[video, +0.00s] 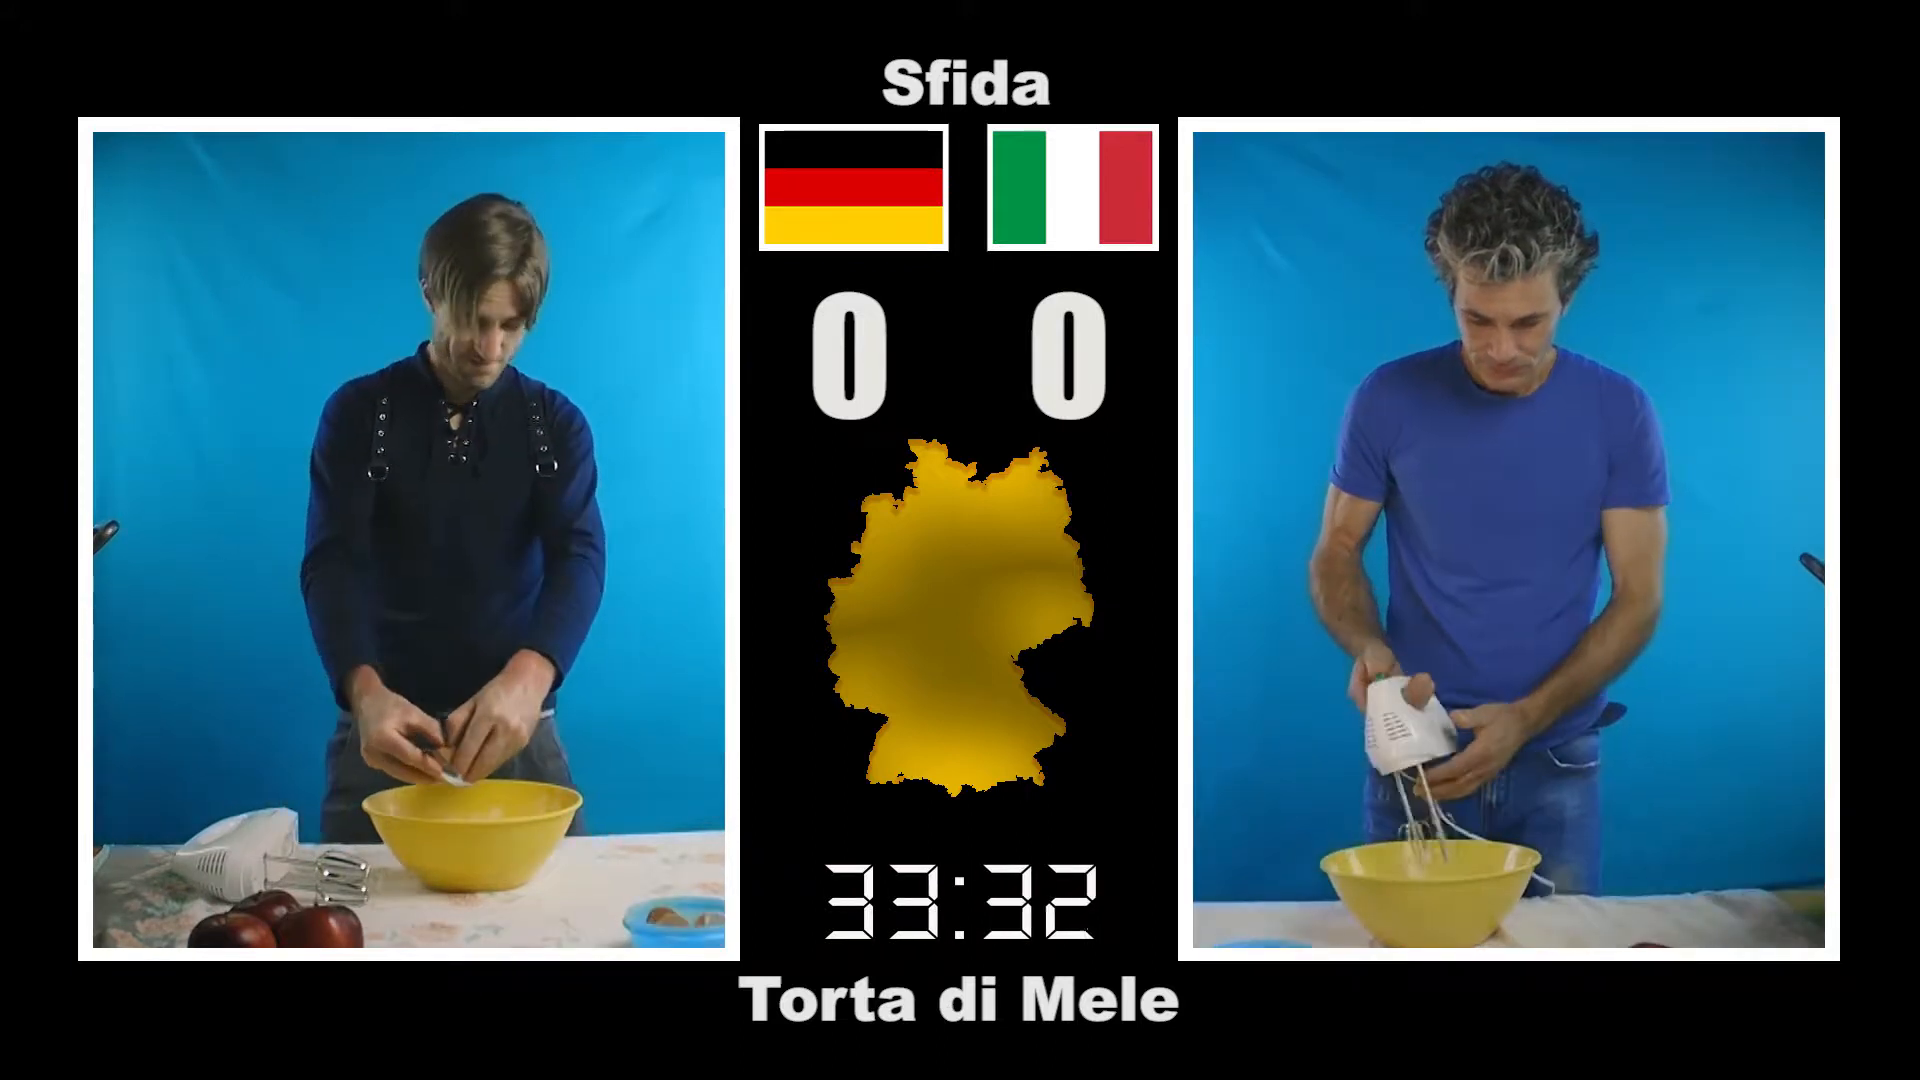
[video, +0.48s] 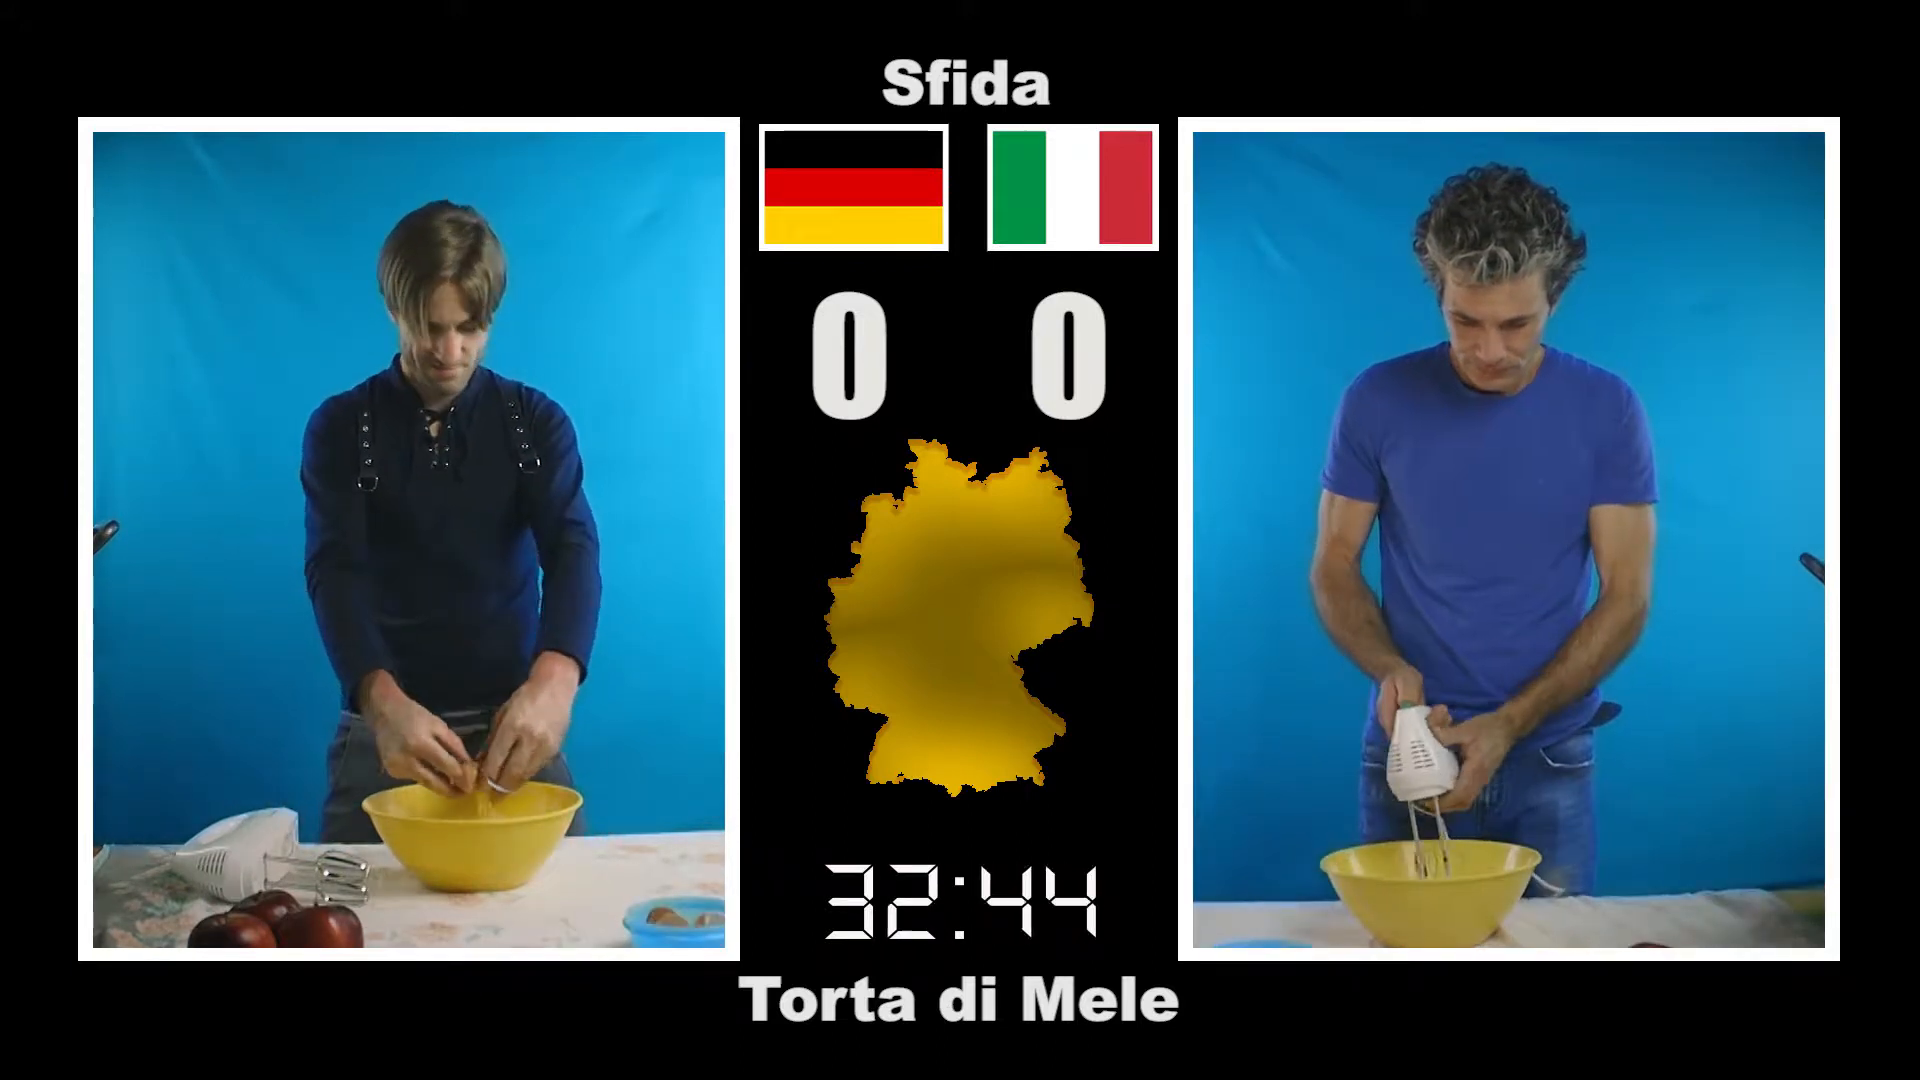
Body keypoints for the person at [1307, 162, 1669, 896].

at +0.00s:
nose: (1503, 348)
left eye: (1528, 322)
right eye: (1480, 321)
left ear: (1564, 298)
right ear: (1452, 293)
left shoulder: (1615, 412)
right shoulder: (1390, 399)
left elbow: (1639, 602)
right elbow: (1335, 556)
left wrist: (1528, 717)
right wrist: (1369, 647)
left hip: (1556, 758)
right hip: (1416, 757)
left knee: (1552, 951)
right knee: (1406, 950)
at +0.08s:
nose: (1501, 348)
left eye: (1526, 323)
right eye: (1478, 321)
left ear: (1563, 299)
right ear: (1451, 293)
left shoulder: (1613, 413)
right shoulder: (1389, 400)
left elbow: (1634, 603)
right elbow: (1336, 557)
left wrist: (1515, 718)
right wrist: (1373, 649)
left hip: (1554, 758)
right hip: (1413, 758)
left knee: (1551, 952)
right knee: (1406, 950)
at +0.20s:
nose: (1498, 349)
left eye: (1523, 323)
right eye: (1475, 321)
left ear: (1559, 299)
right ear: (1448, 294)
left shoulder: (1611, 412)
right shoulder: (1386, 400)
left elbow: (1630, 603)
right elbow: (1337, 559)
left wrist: (1506, 717)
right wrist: (1381, 654)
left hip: (1550, 759)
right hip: (1410, 757)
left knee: (1548, 952)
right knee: (1401, 951)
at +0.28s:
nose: (1496, 349)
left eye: (1521, 323)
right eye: (1473, 321)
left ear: (1557, 299)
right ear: (1445, 293)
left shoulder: (1609, 413)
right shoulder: (1383, 401)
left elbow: (1630, 602)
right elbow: (1338, 564)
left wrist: (1505, 717)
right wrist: (1387, 660)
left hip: (1549, 757)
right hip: (1407, 754)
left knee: (1545, 951)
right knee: (1400, 950)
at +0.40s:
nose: (1492, 350)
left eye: (1518, 323)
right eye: (1469, 322)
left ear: (1554, 298)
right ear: (1442, 293)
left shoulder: (1606, 412)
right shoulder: (1380, 401)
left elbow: (1628, 603)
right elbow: (1336, 570)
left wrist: (1507, 720)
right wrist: (1390, 665)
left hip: (1548, 758)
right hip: (1406, 756)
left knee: (1545, 952)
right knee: (1399, 951)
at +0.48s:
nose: (1490, 350)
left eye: (1516, 324)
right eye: (1467, 322)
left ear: (1552, 298)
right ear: (1440, 293)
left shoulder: (1604, 411)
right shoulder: (1378, 401)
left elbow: (1626, 601)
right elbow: (1333, 571)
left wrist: (1509, 723)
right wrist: (1390, 668)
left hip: (1548, 758)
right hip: (1405, 757)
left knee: (1545, 952)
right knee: (1398, 951)